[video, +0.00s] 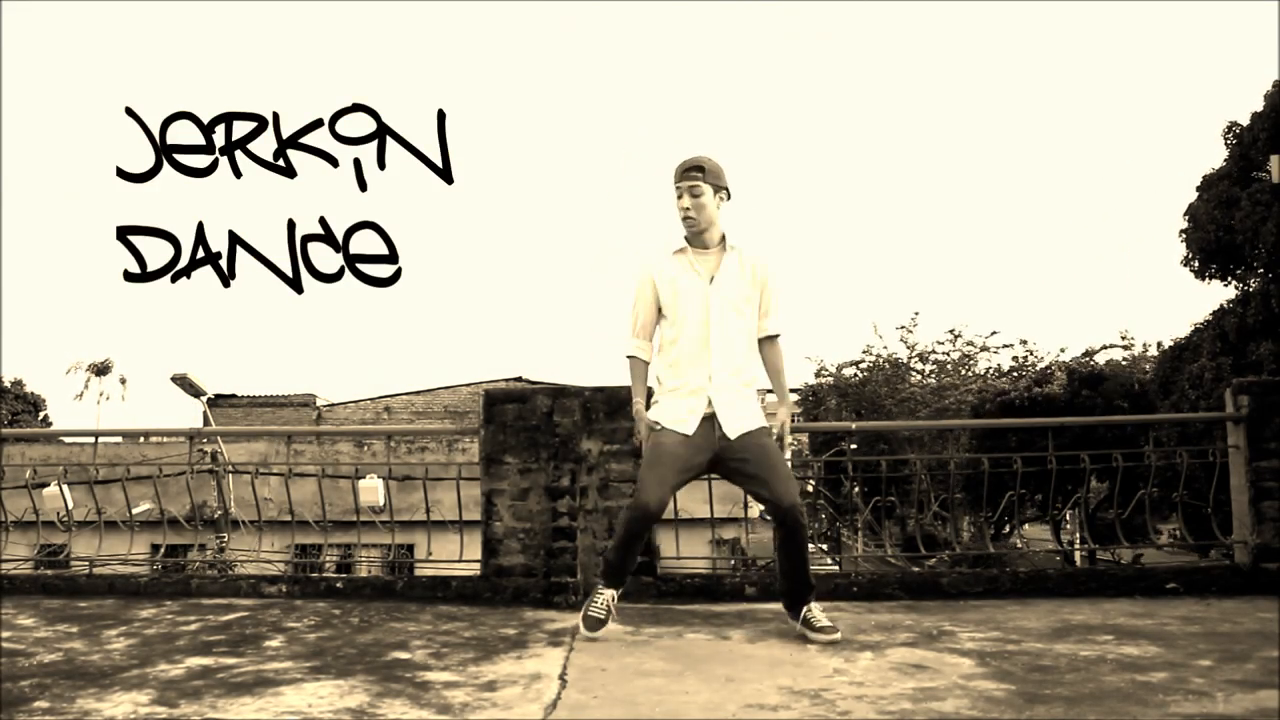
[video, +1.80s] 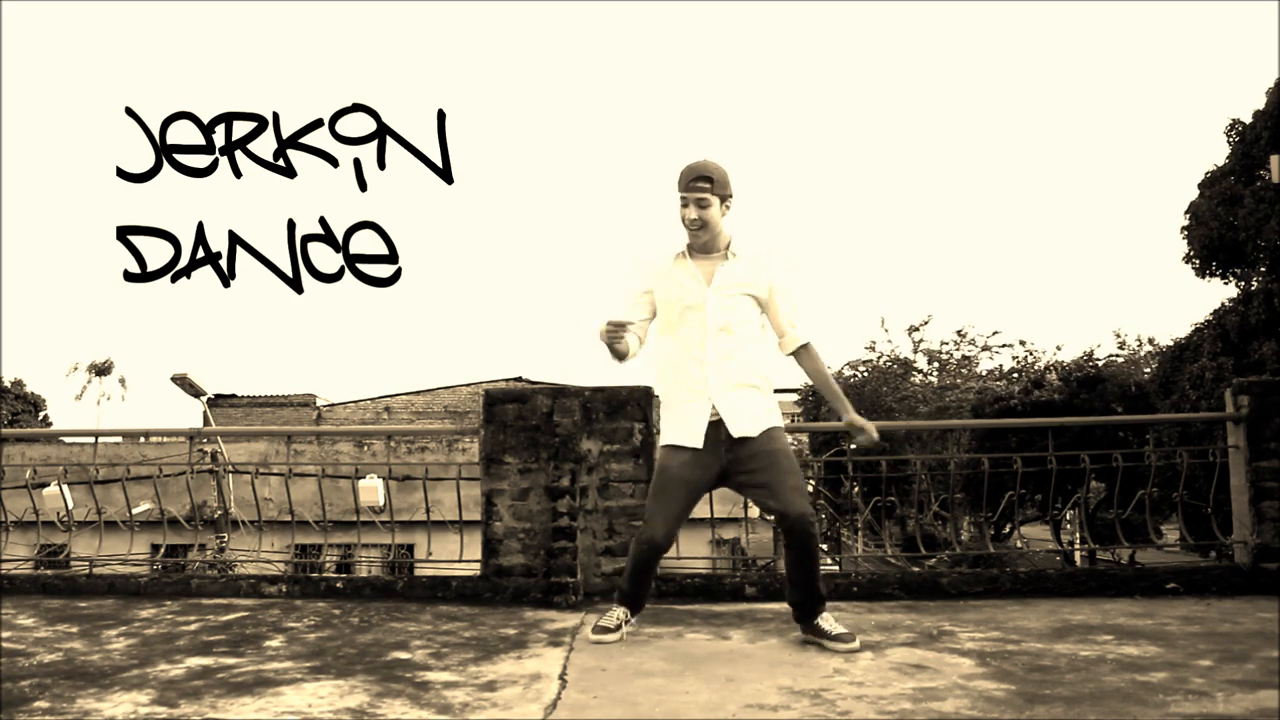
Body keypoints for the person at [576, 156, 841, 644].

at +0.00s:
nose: (685, 205)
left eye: (695, 194)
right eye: (679, 196)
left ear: (721, 199)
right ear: (675, 205)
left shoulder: (752, 270)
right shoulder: (660, 272)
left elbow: (768, 339)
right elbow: (640, 344)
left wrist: (783, 398)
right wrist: (640, 407)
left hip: (742, 413)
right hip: (676, 414)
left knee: (790, 506)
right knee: (646, 503)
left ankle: (801, 606)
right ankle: (608, 588)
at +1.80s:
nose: (691, 213)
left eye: (701, 203)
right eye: (684, 204)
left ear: (725, 206)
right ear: (677, 208)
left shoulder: (756, 273)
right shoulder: (659, 277)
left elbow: (799, 346)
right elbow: (629, 344)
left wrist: (847, 413)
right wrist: (617, 340)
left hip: (754, 424)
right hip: (685, 427)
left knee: (799, 518)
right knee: (653, 535)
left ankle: (811, 617)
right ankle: (626, 609)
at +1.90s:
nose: (718, 203)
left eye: (728, 193)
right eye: (710, 194)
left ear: (751, 197)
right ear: (703, 200)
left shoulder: (778, 271)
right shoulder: (681, 271)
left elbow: (826, 335)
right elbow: (662, 346)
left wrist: (881, 387)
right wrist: (615, 333)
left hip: (767, 411)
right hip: (701, 415)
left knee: (808, 509)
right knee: (680, 517)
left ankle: (815, 617)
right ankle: (626, 596)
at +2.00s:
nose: (743, 195)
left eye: (753, 185)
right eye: (735, 186)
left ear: (776, 190)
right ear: (728, 192)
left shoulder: (794, 262)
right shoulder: (701, 256)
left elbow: (815, 322)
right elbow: (696, 325)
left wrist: (842, 364)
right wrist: (678, 348)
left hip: (773, 391)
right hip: (716, 391)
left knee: (817, 499)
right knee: (730, 492)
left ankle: (817, 615)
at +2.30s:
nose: (719, 156)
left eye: (729, 146)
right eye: (713, 148)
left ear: (757, 149)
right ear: (708, 155)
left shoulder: (784, 224)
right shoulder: (686, 216)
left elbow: (802, 303)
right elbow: (658, 288)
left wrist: (806, 369)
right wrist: (674, 350)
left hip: (772, 384)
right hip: (705, 379)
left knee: (809, 486)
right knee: (679, 488)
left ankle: (796, 616)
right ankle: (657, 553)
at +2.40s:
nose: (696, 153)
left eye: (706, 142)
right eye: (690, 144)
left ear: (734, 142)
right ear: (686, 148)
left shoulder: (764, 211)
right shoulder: (667, 207)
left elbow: (783, 278)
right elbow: (641, 271)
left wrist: (790, 341)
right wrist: (648, 330)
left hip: (750, 376)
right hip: (682, 374)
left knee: (799, 473)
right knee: (649, 485)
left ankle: (799, 606)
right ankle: (625, 561)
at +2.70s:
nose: (632, 139)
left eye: (638, 126)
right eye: (624, 132)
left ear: (667, 120)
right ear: (622, 136)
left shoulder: (719, 181)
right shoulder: (626, 194)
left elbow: (767, 215)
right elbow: (605, 254)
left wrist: (782, 267)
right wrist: (597, 306)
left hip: (728, 351)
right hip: (662, 356)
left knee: (753, 464)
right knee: (641, 472)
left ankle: (720, 584)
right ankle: (606, 593)